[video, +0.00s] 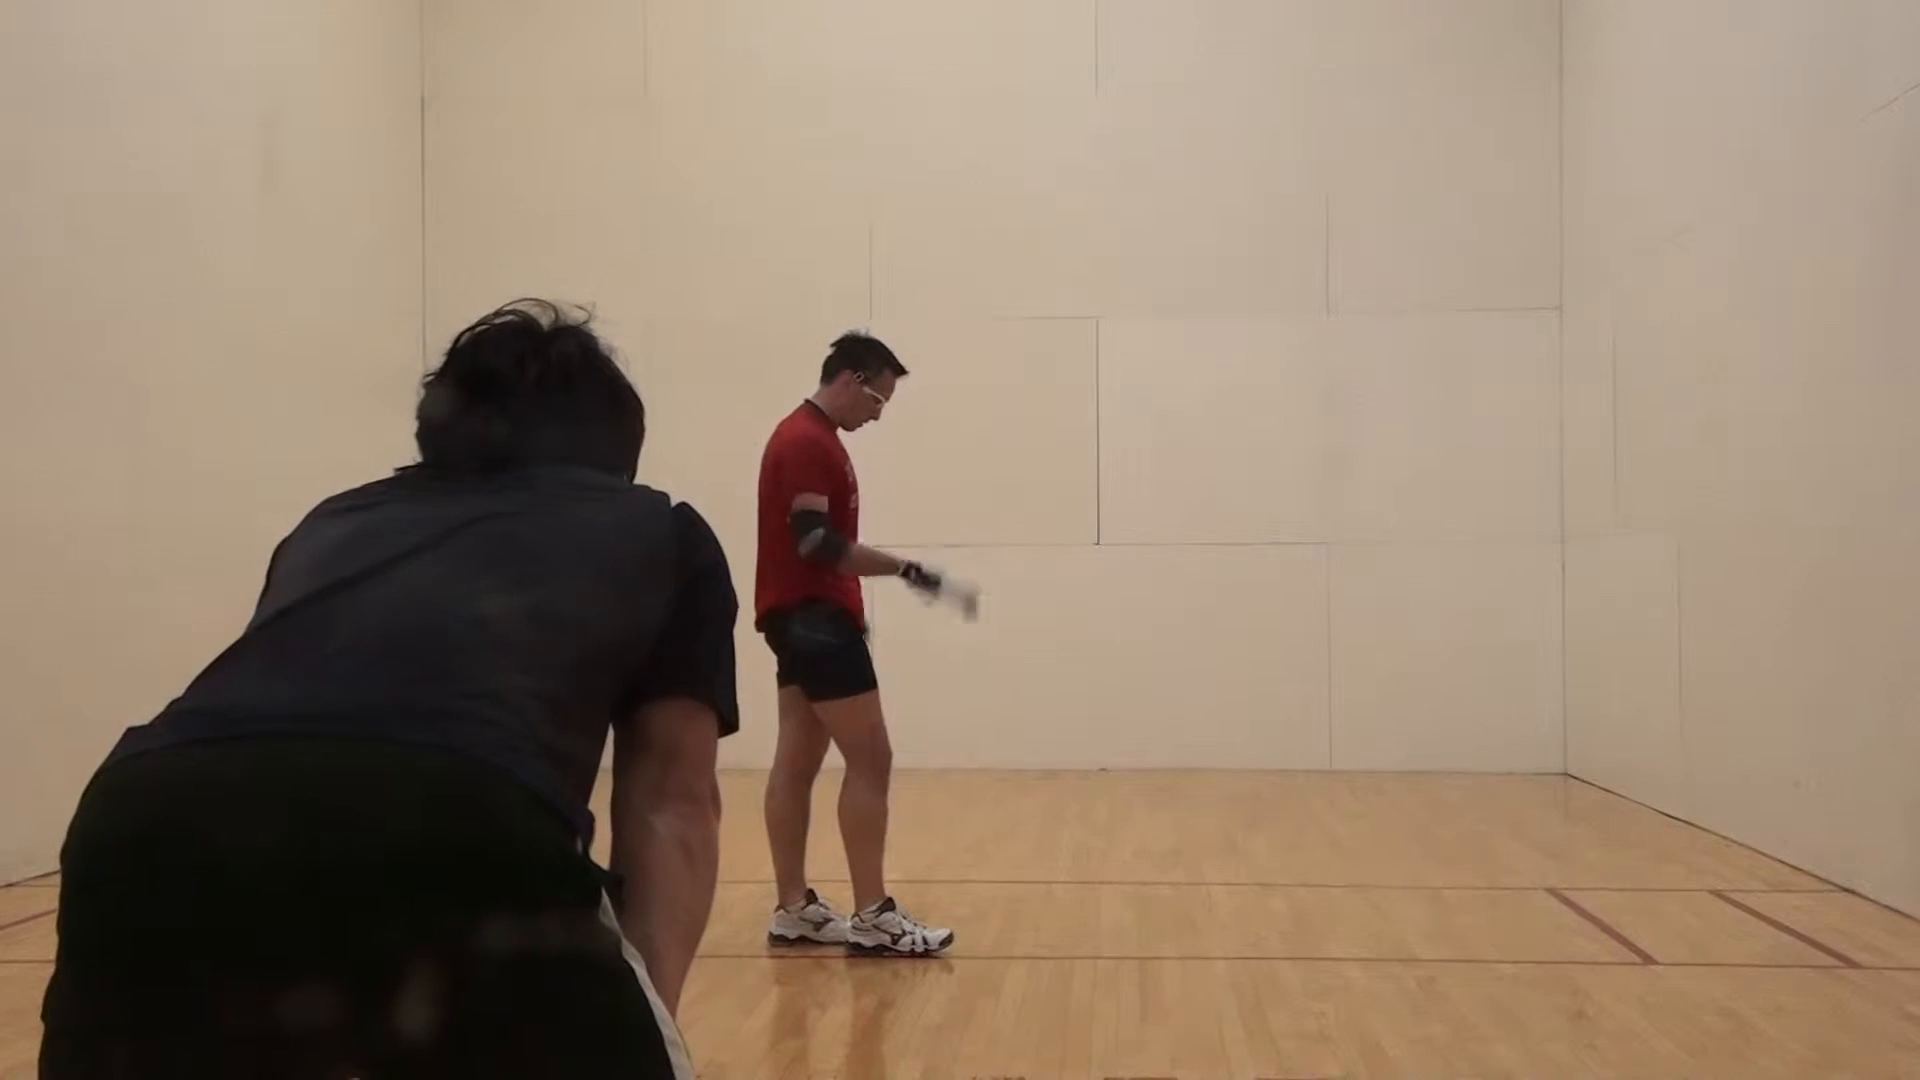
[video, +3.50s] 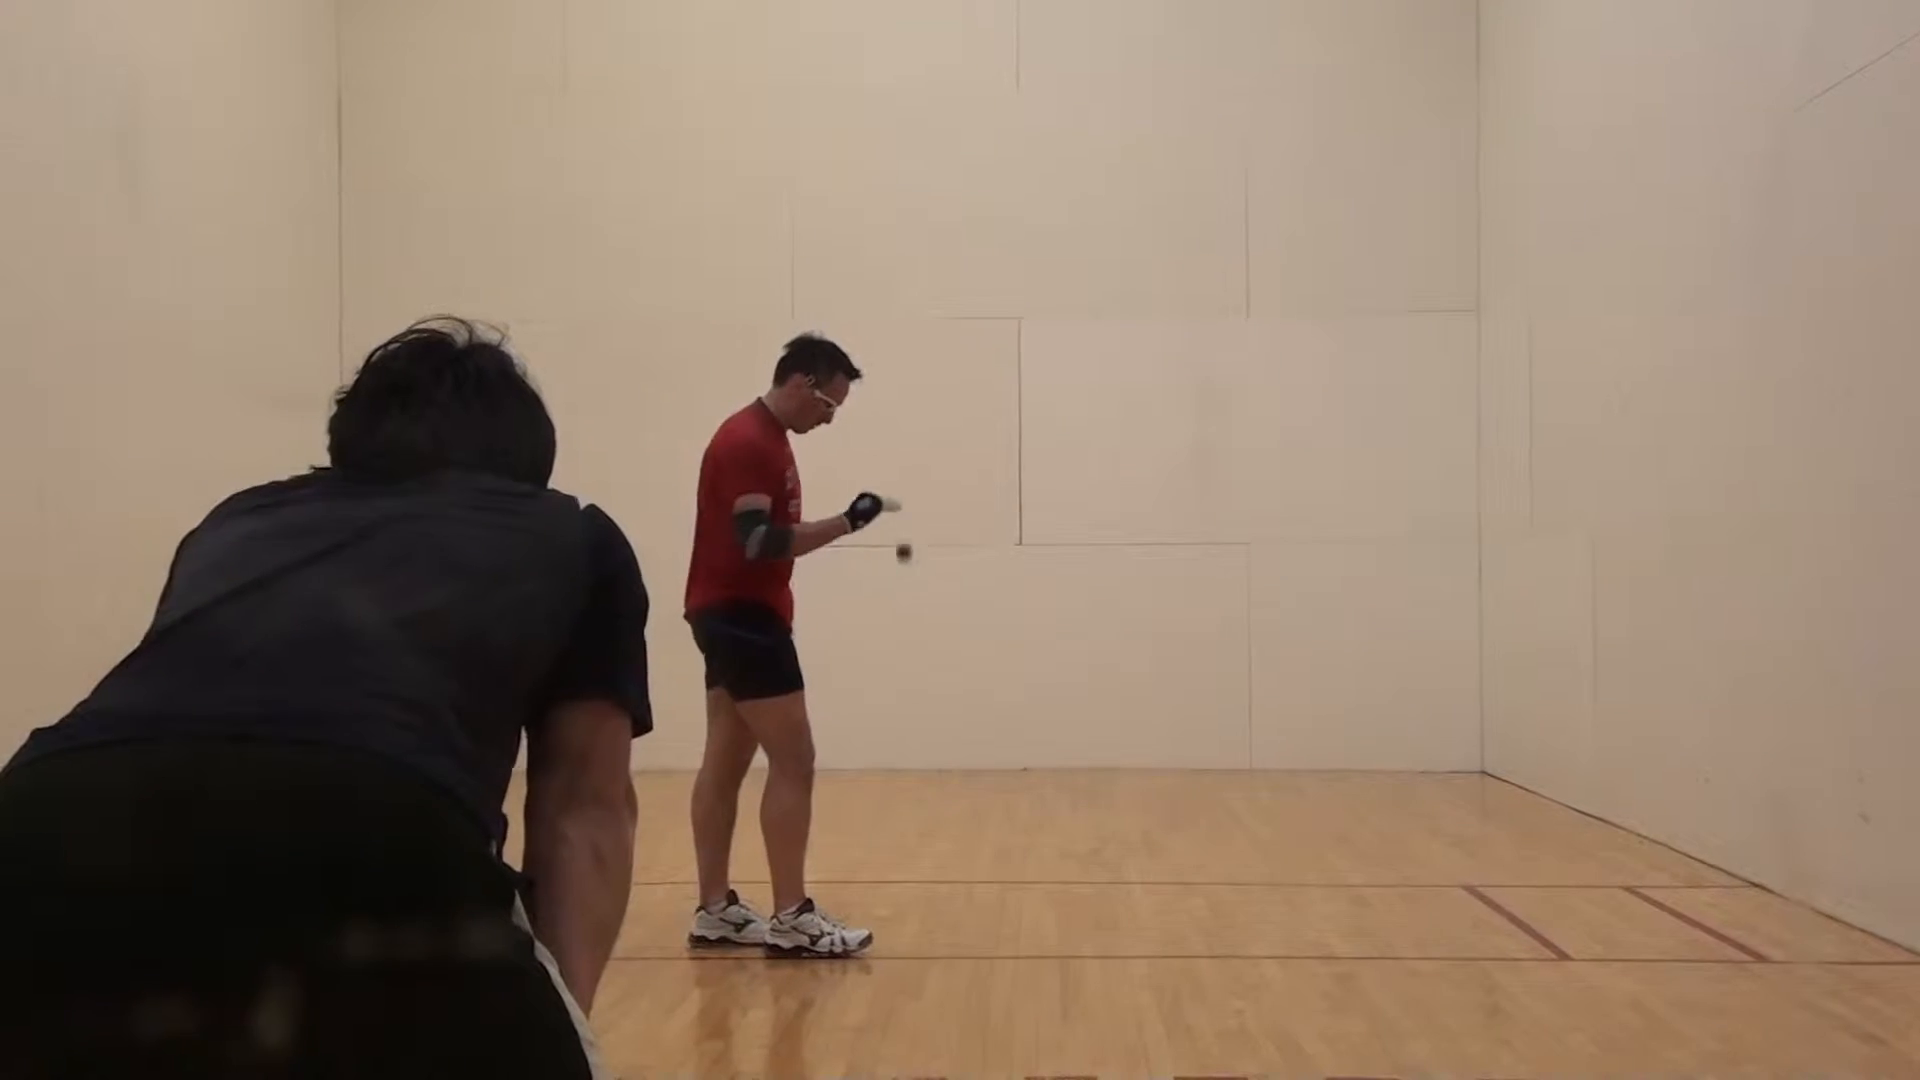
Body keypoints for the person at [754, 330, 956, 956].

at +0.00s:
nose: (879, 412)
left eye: (884, 400)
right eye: (878, 396)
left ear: (843, 384)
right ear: (848, 380)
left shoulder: (805, 437)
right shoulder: (809, 441)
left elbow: (824, 543)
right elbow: (815, 542)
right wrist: (902, 565)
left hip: (802, 616)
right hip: (816, 618)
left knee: (796, 762)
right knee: (870, 758)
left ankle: (793, 908)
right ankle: (872, 912)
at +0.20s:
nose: (883, 410)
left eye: (888, 399)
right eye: (882, 396)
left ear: (849, 383)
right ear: (850, 380)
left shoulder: (821, 440)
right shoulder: (803, 441)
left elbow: (820, 539)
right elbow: (782, 545)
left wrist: (866, 579)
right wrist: (836, 617)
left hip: (811, 618)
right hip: (813, 622)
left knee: (797, 759)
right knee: (872, 757)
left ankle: (792, 907)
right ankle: (872, 912)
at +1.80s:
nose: (803, 411)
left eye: (808, 400)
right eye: (801, 396)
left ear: (768, 384)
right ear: (767, 379)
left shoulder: (739, 439)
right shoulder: (726, 442)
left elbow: (743, 545)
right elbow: (724, 547)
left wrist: (784, 597)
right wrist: (774, 614)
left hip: (730, 621)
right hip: (738, 625)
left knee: (717, 762)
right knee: (794, 759)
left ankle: (707, 908)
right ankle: (786, 914)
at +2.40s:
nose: (779, 386)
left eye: (793, 381)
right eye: (771, 372)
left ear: (801, 392)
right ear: (747, 370)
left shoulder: (776, 450)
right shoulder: (711, 437)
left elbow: (788, 534)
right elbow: (678, 530)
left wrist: (827, 517)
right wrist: (709, 619)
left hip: (754, 618)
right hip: (743, 622)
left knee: (723, 763)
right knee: (791, 759)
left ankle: (707, 909)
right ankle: (786, 914)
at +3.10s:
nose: (819, 417)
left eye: (824, 407)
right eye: (818, 404)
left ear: (796, 391)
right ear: (786, 384)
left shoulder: (778, 450)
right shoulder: (726, 435)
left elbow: (784, 540)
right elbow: (698, 529)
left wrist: (832, 608)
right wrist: (763, 592)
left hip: (747, 616)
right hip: (734, 618)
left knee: (723, 763)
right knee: (793, 757)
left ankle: (712, 908)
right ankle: (789, 914)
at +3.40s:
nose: (824, 414)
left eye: (829, 404)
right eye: (823, 401)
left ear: (796, 386)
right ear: (791, 382)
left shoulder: (766, 439)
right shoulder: (739, 439)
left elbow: (755, 536)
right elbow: (738, 534)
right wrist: (828, 538)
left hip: (740, 616)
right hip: (739, 619)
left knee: (724, 762)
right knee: (792, 761)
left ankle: (713, 907)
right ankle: (789, 914)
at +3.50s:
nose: (829, 417)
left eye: (834, 407)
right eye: (829, 403)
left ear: (799, 387)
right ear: (797, 384)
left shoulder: (762, 436)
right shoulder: (751, 440)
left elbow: (761, 536)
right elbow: (755, 539)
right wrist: (840, 524)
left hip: (731, 616)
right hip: (746, 619)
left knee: (725, 761)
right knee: (794, 761)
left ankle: (715, 908)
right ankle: (791, 914)